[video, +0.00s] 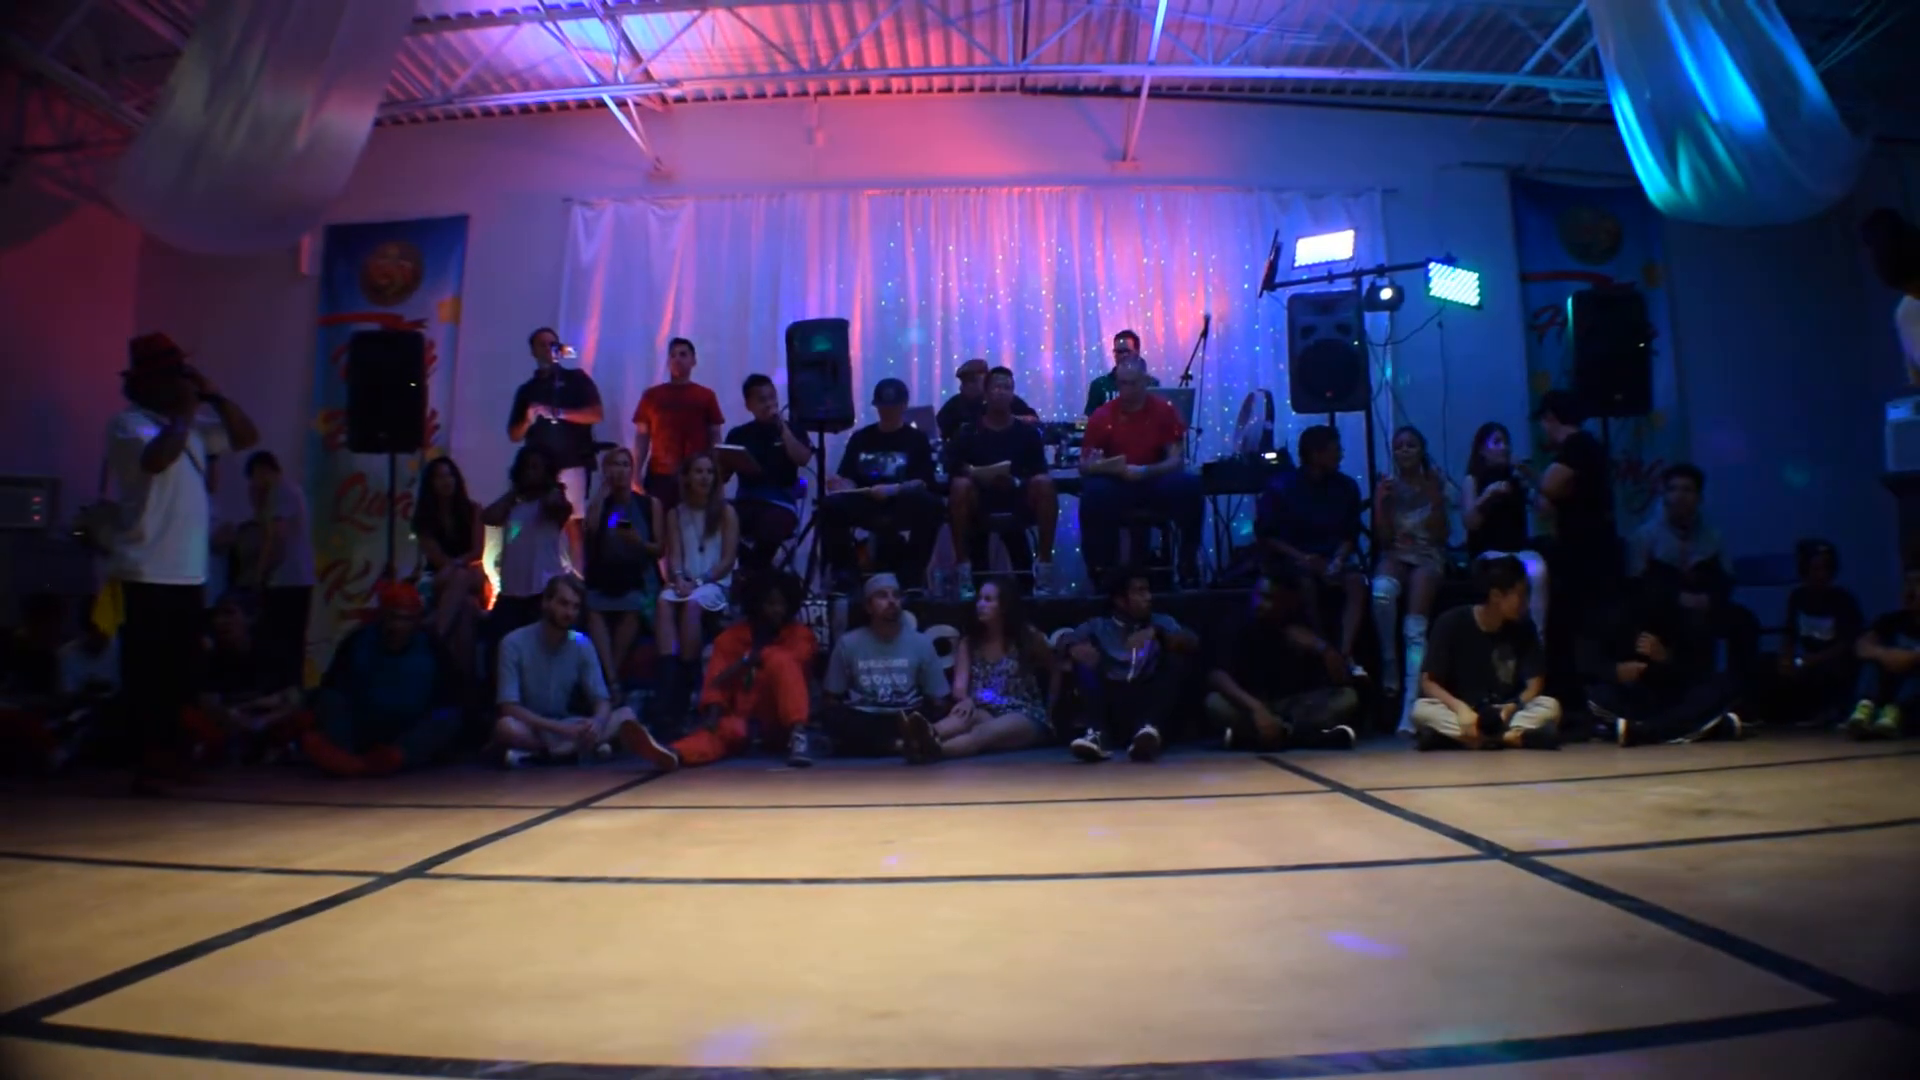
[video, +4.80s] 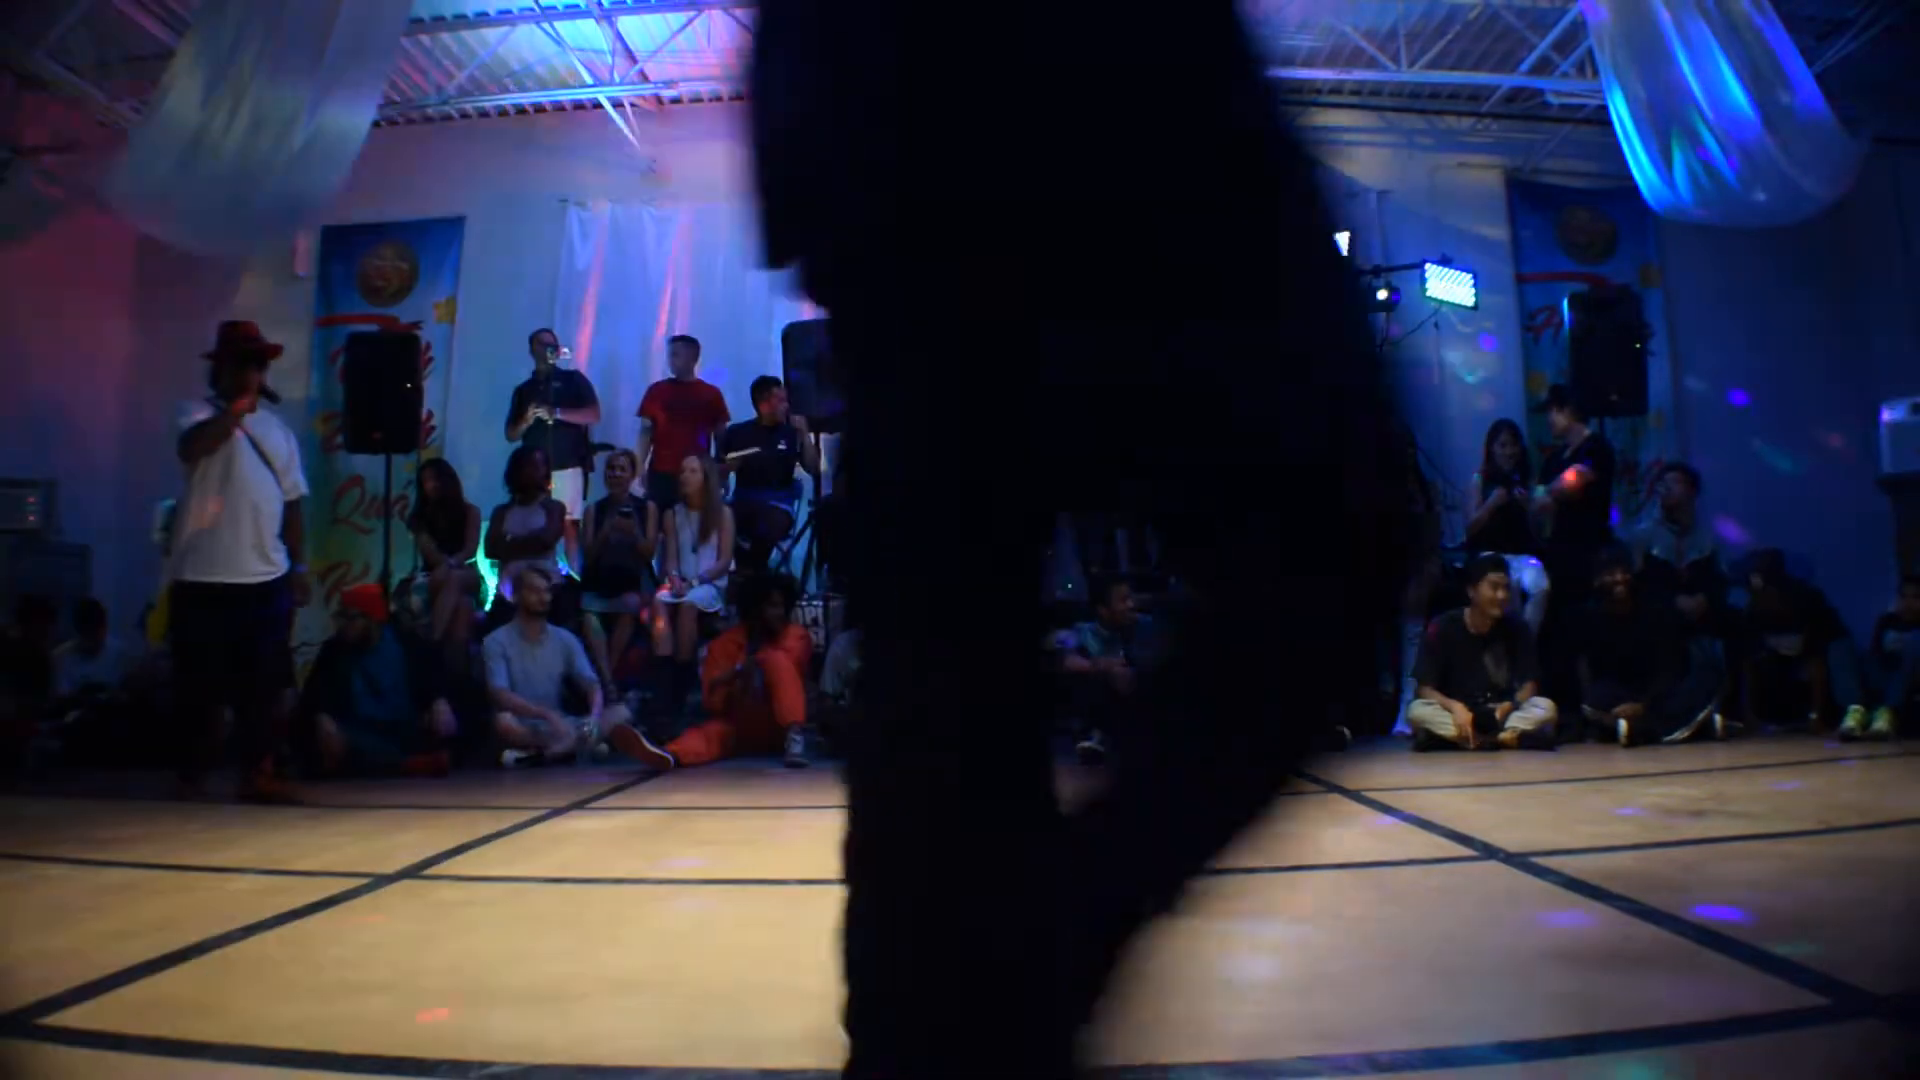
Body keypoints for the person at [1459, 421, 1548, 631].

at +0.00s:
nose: (1501, 447)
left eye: (1504, 442)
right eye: (1495, 442)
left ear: (1509, 446)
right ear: (1481, 448)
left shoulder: (1517, 475)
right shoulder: (1474, 478)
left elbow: (1544, 506)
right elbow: (1470, 519)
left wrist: (1530, 482)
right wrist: (1488, 494)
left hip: (1519, 546)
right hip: (1488, 547)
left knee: (1537, 569)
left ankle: (1538, 635)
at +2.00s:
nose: (1503, 445)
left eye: (1510, 439)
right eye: (1498, 440)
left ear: (1520, 444)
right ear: (1492, 444)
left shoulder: (1531, 481)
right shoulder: (1481, 481)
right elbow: (1472, 523)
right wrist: (1489, 505)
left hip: (1524, 551)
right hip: (1491, 551)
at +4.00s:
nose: (1514, 442)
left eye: (1516, 436)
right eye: (1507, 436)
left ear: (1520, 440)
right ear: (1492, 443)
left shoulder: (1524, 477)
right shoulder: (1479, 481)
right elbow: (1471, 528)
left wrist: (1541, 506)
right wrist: (1492, 508)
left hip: (1524, 551)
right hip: (1491, 551)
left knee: (1539, 588)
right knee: (1510, 588)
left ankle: (1527, 648)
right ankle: (1503, 647)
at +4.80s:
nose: (1509, 451)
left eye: (1514, 445)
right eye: (1502, 445)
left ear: (1521, 448)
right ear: (1491, 449)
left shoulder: (1528, 478)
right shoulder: (1480, 480)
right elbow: (1472, 525)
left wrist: (1529, 505)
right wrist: (1493, 502)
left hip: (1525, 551)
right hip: (1491, 551)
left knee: (1539, 585)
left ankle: (1527, 643)